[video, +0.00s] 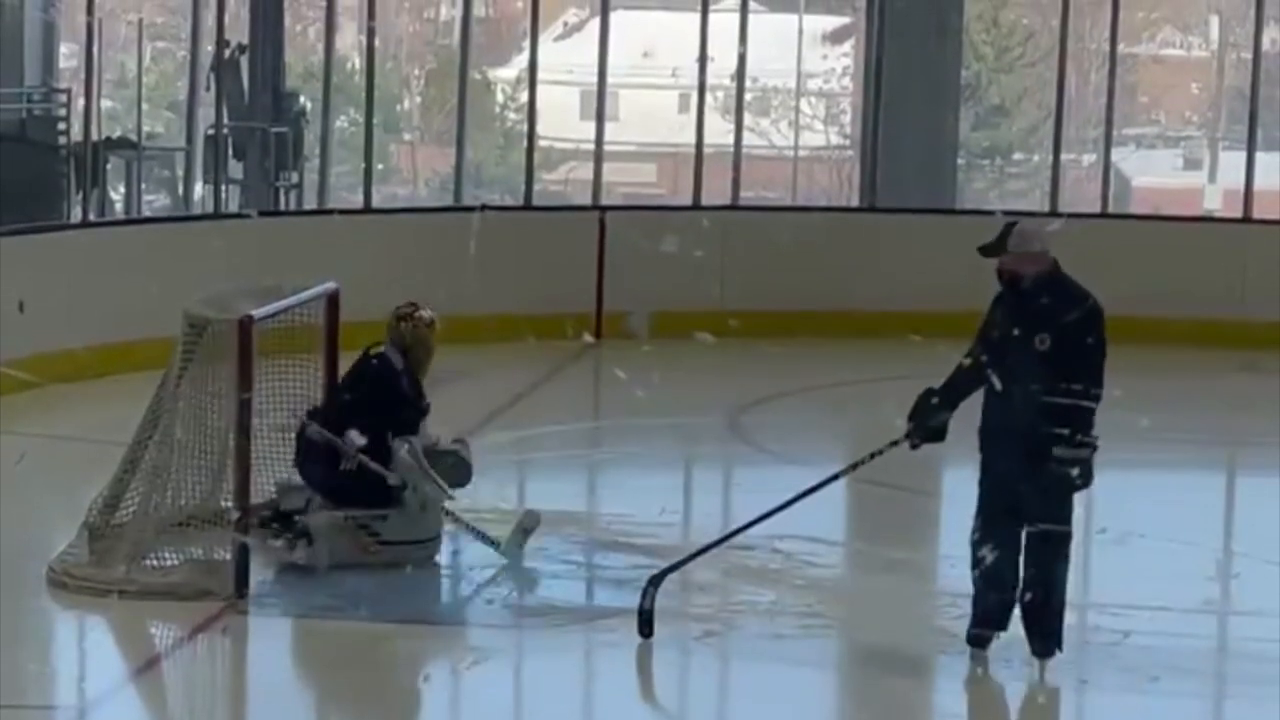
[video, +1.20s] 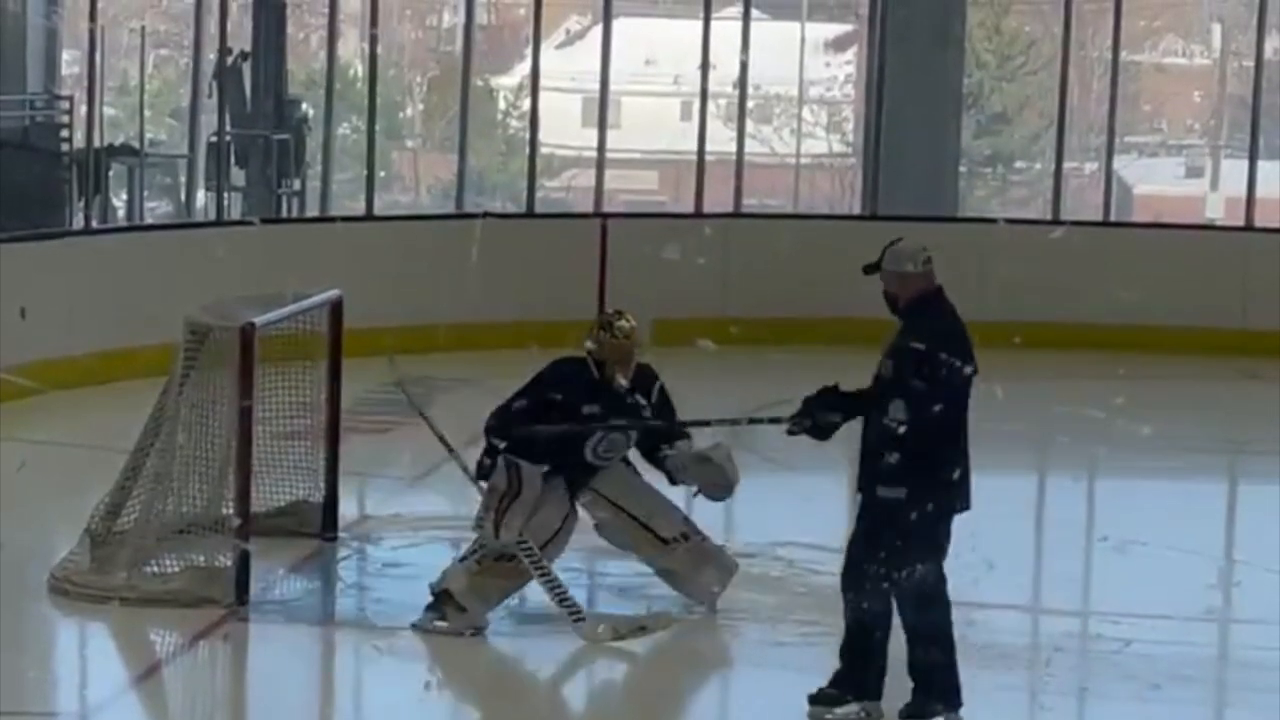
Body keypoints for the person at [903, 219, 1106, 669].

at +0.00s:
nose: (999, 268)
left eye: (1006, 261)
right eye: (999, 261)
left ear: (1031, 259)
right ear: (1017, 259)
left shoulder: (1080, 309)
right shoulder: (1009, 299)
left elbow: (1084, 387)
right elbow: (979, 361)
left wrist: (1074, 447)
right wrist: (940, 404)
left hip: (1052, 449)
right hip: (1002, 445)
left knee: (1047, 547)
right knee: (993, 540)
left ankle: (1045, 642)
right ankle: (984, 628)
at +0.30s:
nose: (985, 277)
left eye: (992, 270)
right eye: (985, 270)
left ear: (1018, 266)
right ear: (1000, 269)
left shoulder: (1065, 318)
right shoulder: (995, 311)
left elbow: (1067, 401)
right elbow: (974, 373)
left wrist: (1052, 466)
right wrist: (933, 416)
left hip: (1040, 467)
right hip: (989, 463)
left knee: (1039, 570)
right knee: (974, 560)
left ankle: (1042, 671)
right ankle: (958, 662)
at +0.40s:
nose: (978, 280)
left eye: (984, 272)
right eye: (978, 272)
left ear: (1008, 270)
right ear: (999, 270)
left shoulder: (1056, 318)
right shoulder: (990, 313)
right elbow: (977, 378)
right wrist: (937, 422)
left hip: (1037, 465)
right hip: (985, 460)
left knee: (1036, 565)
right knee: (969, 558)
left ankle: (1040, 664)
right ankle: (954, 656)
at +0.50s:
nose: (970, 281)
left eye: (976, 273)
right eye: (970, 274)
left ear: (1001, 272)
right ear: (989, 273)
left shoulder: (1049, 321)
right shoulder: (986, 314)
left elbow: (1044, 403)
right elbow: (976, 383)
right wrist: (936, 426)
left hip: (1031, 468)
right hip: (980, 463)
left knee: (1030, 569)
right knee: (961, 562)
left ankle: (1035, 671)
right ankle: (945, 663)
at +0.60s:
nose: (964, 284)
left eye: (970, 276)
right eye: (963, 276)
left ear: (994, 274)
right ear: (979, 275)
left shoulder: (1039, 324)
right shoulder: (980, 318)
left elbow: (1012, 399)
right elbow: (969, 391)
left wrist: (940, 423)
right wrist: (934, 428)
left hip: (1022, 472)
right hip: (971, 466)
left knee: (1022, 577)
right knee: (950, 568)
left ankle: (1027, 684)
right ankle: (936, 673)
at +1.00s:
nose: (920, 288)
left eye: (925, 279)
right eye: (919, 280)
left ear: (948, 278)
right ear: (948, 278)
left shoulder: (978, 330)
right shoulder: (944, 326)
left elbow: (968, 415)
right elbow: (926, 397)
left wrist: (906, 438)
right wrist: (896, 428)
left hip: (968, 481)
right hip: (924, 477)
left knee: (964, 577)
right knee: (900, 573)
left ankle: (979, 691)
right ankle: (895, 680)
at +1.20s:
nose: (883, 290)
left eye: (888, 281)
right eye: (883, 281)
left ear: (908, 280)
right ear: (916, 279)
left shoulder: (933, 331)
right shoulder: (917, 326)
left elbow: (909, 402)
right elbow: (890, 395)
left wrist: (842, 405)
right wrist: (840, 406)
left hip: (920, 491)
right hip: (892, 486)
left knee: (917, 587)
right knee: (863, 581)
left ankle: (936, 696)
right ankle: (857, 685)